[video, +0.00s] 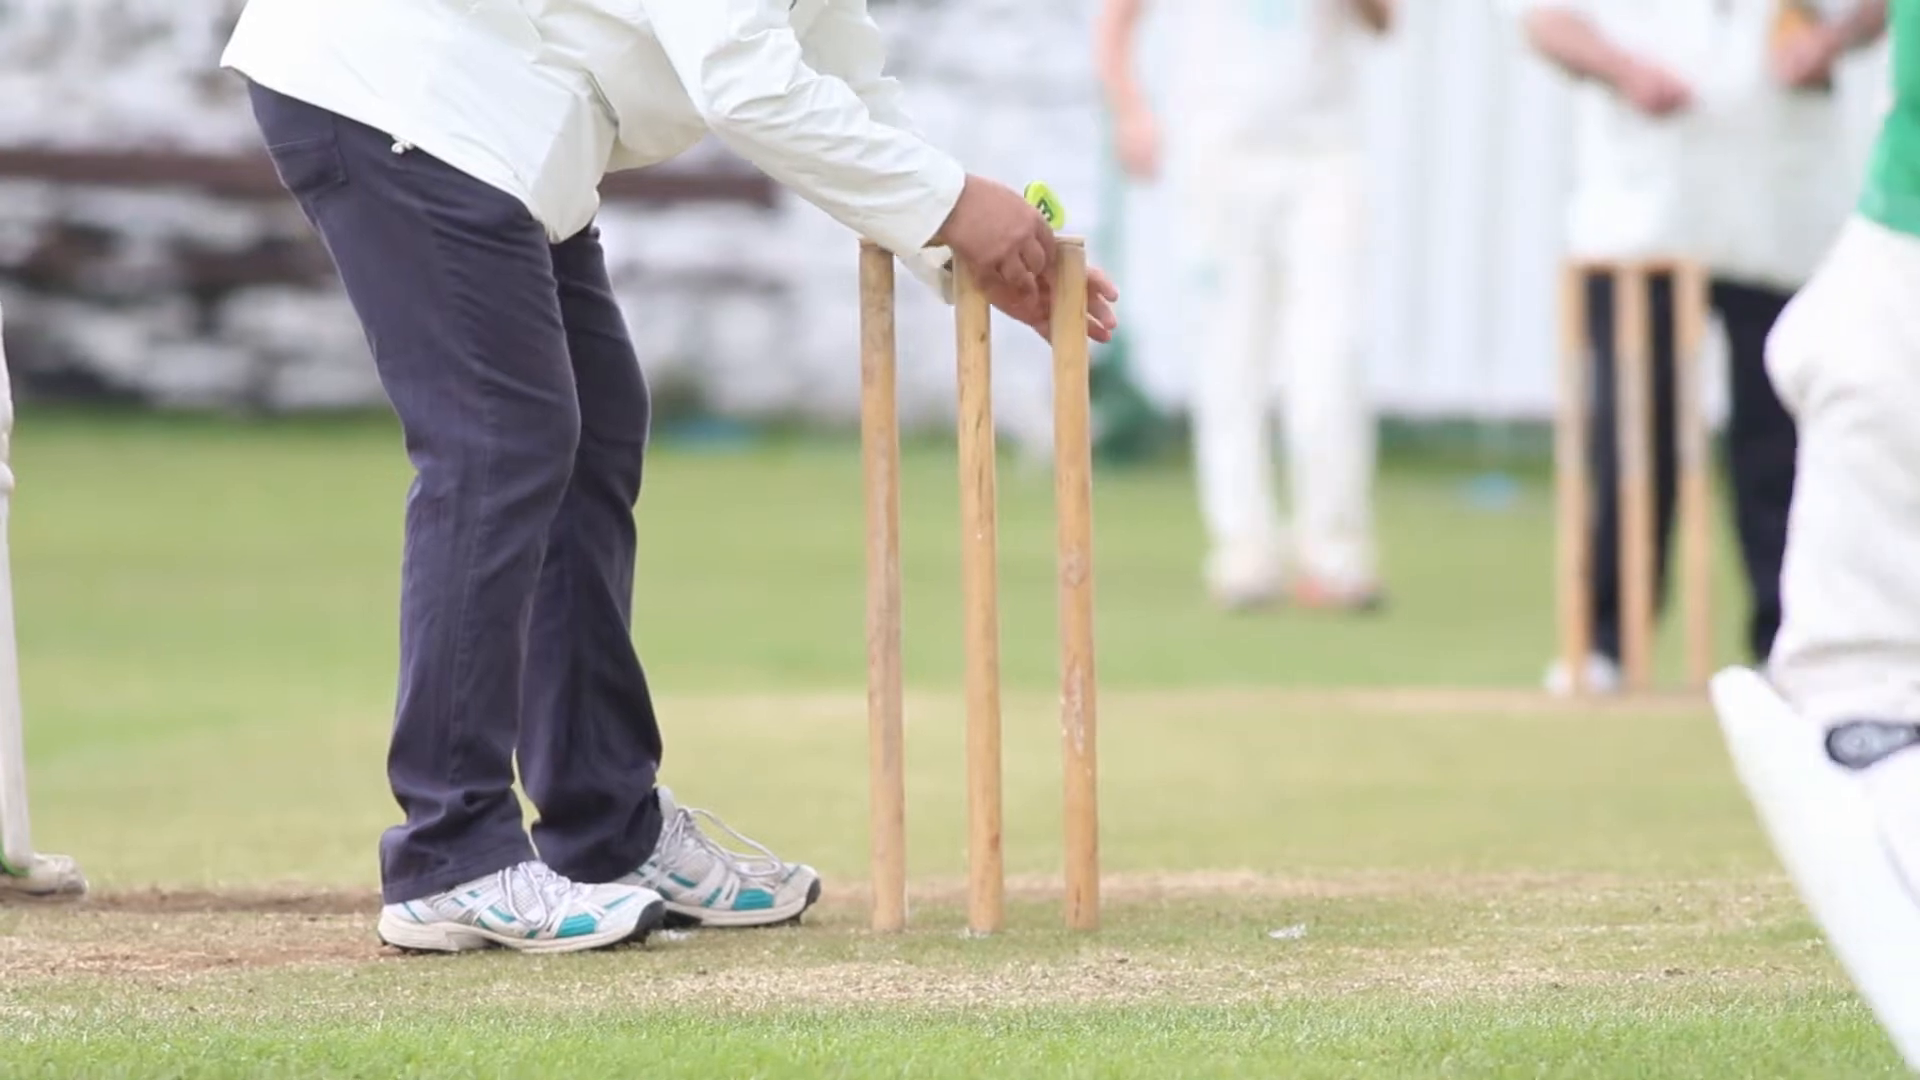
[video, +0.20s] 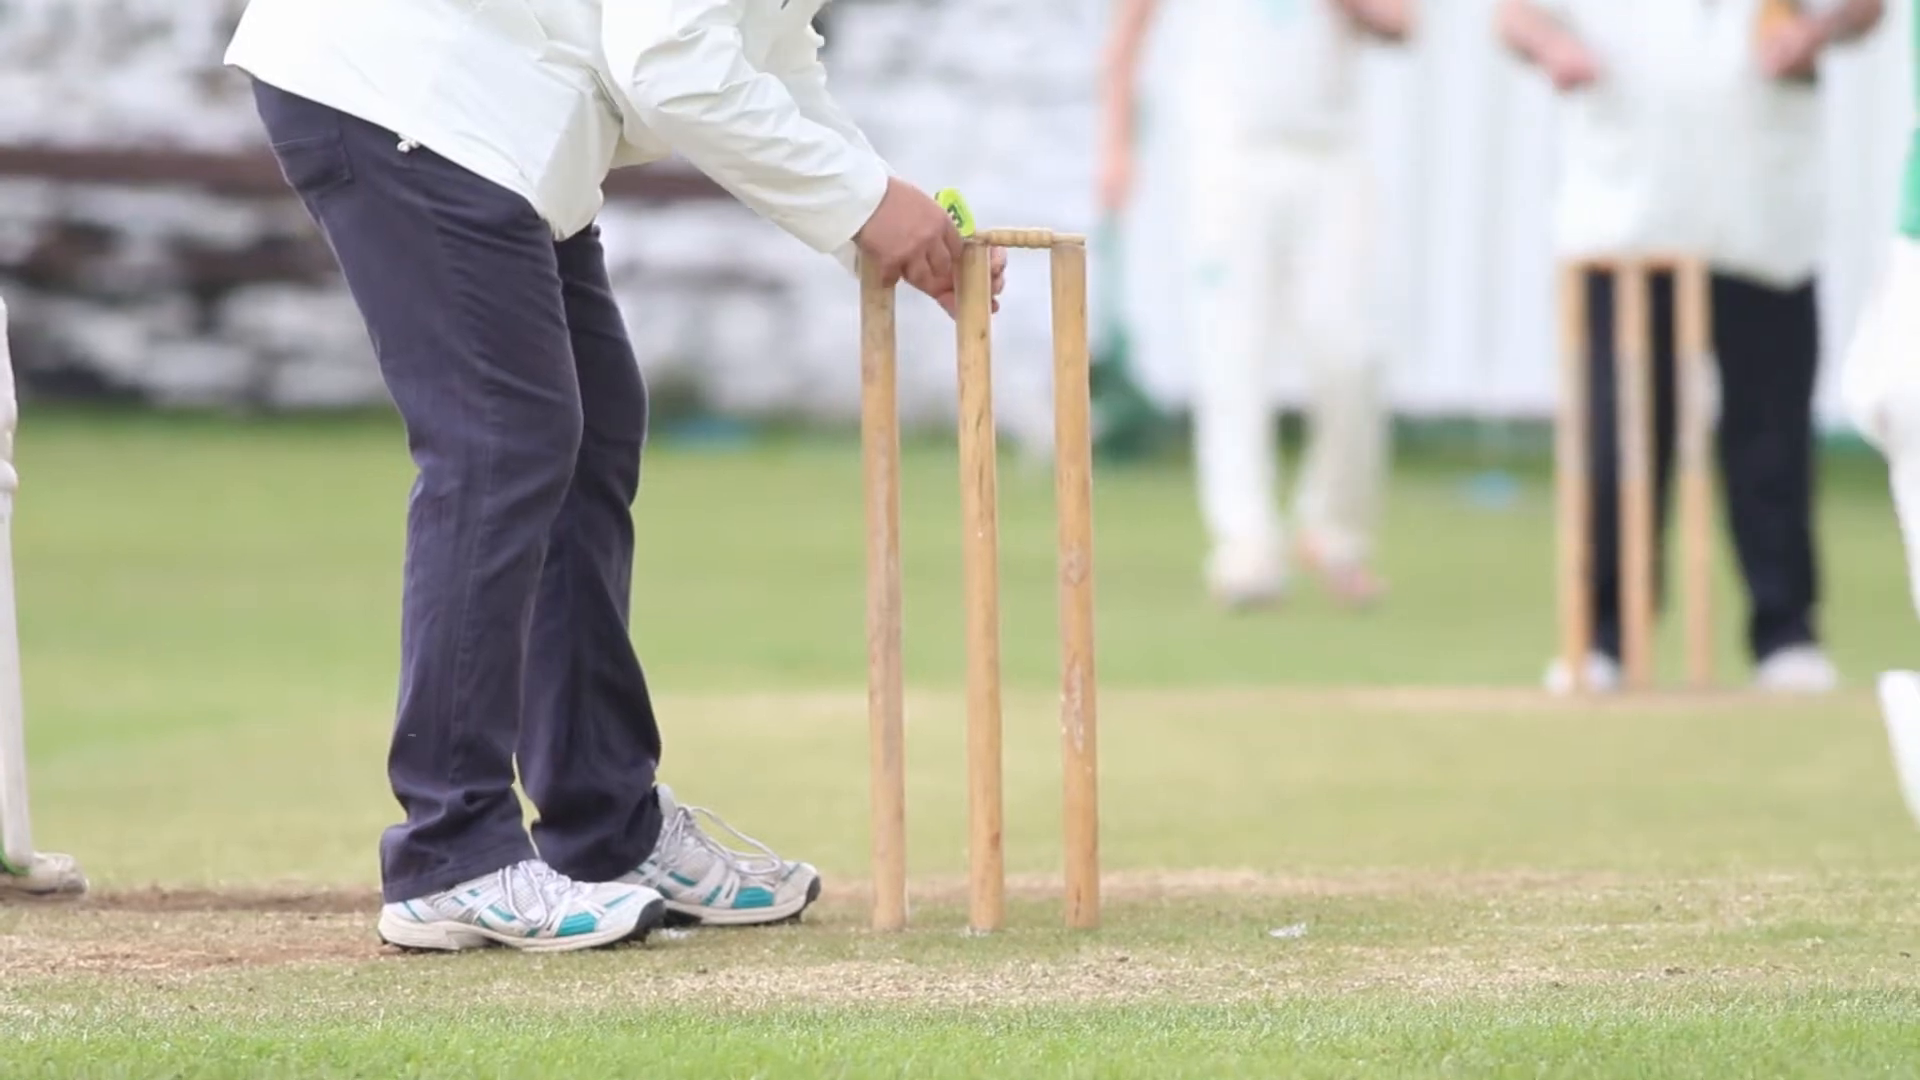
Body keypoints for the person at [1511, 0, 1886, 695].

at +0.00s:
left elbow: (1875, 9)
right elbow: (1544, 19)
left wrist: (1827, 38)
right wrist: (1626, 69)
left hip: (1784, 199)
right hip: (1638, 198)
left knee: (1777, 447)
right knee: (1627, 439)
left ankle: (1787, 651)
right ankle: (1605, 648)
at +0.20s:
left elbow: (1868, 7)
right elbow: (1511, 10)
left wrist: (1813, 30)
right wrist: (1551, 42)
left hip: (1761, 191)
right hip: (1620, 189)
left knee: (1770, 438)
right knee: (1619, 439)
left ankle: (1786, 641)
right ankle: (1603, 646)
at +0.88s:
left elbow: (1855, 10)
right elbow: (1518, 31)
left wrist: (1815, 20)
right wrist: (1537, 154)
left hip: (1758, 208)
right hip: (1622, 212)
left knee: (1769, 442)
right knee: (1617, 448)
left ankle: (1786, 639)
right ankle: (1603, 644)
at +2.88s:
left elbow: (1855, 10)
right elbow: (1531, 27)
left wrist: (1805, 13)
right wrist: (1518, 164)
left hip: (1752, 198)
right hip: (1615, 199)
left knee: (1761, 427)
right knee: (1631, 438)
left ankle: (1785, 628)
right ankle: (1651, 635)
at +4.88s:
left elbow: (1884, 27)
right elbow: (1630, 23)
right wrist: (1620, 158)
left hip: (1845, 195)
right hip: (1707, 187)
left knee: (1818, 429)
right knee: (1700, 418)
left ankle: (1796, 624)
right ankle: (1674, 618)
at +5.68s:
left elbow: (1854, 7)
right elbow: (1530, 22)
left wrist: (1804, 8)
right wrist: (1513, 160)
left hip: (1751, 193)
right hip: (1610, 192)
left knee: (1759, 421)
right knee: (1619, 427)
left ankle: (1786, 620)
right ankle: (1617, 624)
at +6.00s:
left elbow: (1836, 9)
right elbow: (1502, 17)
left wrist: (1794, 10)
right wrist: (1484, 131)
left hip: (1738, 193)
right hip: (1595, 191)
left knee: (1755, 422)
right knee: (1613, 423)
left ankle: (1786, 620)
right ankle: (1614, 623)